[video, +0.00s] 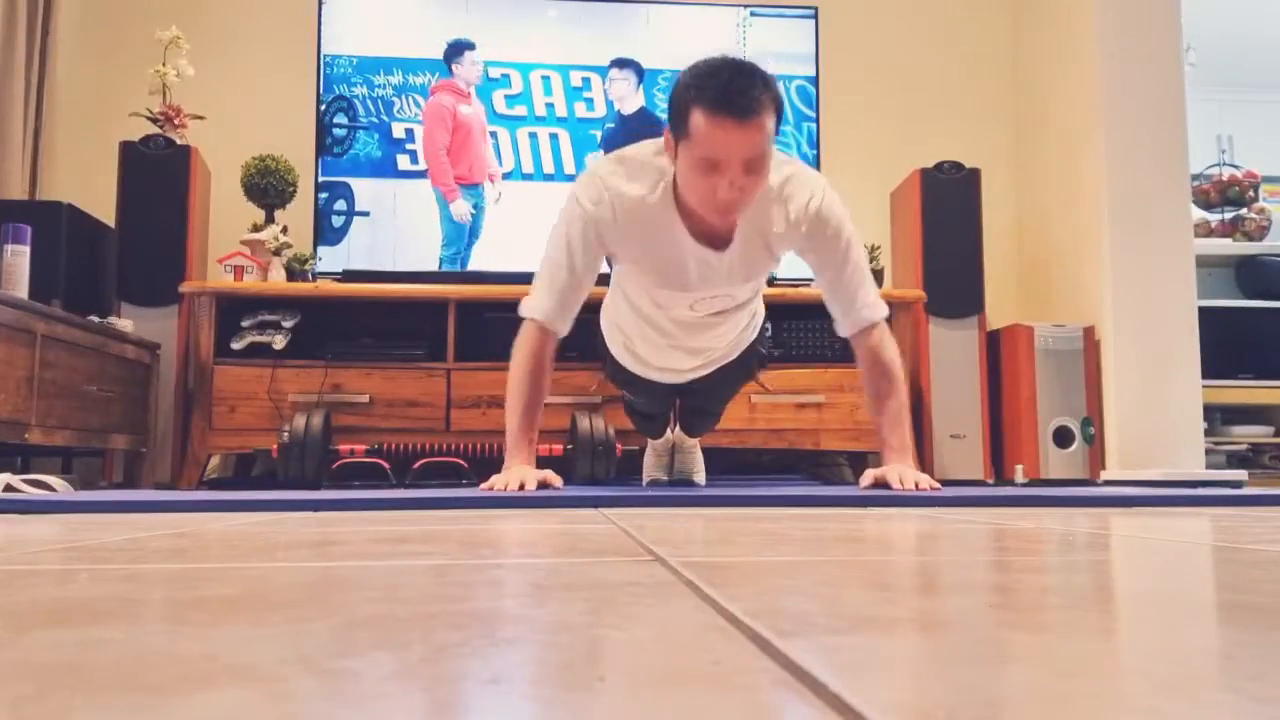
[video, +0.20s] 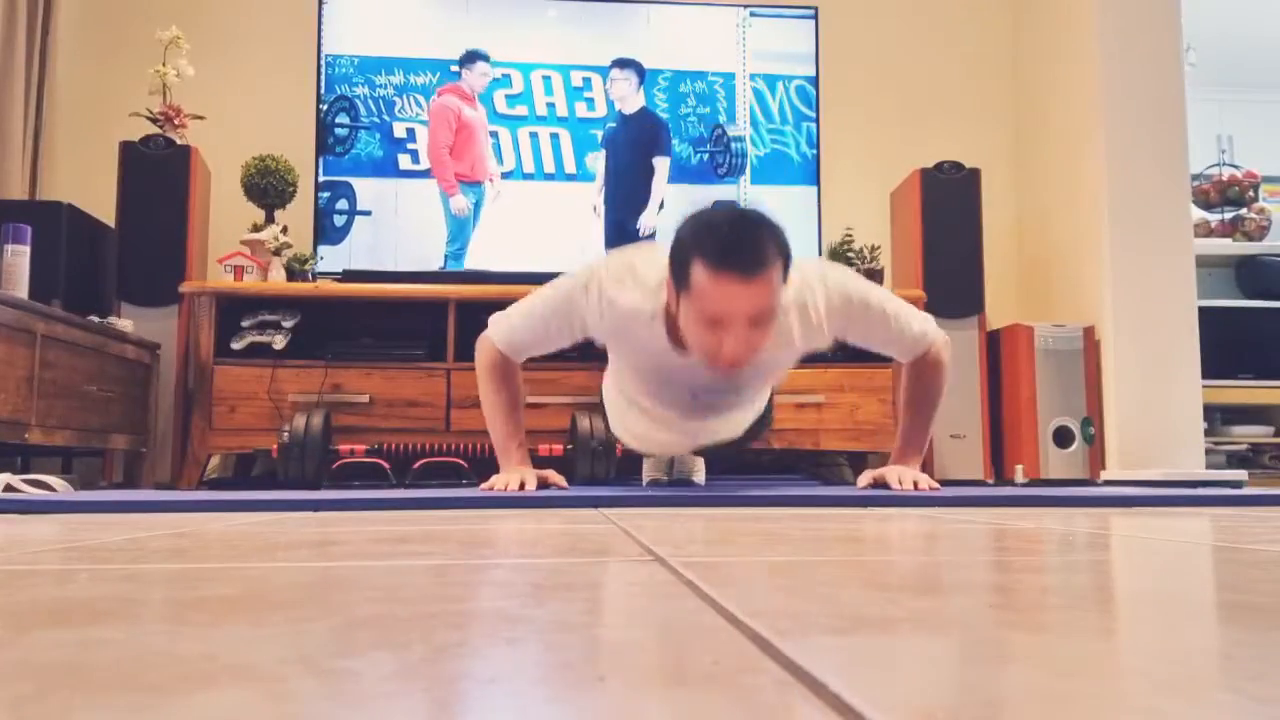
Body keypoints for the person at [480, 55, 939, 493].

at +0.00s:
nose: (730, 187)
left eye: (750, 167)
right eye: (710, 167)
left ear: (771, 150)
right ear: (671, 146)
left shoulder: (802, 199)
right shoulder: (607, 191)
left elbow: (871, 334)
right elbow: (539, 327)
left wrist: (898, 457)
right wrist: (518, 460)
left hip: (733, 342)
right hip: (637, 342)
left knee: (703, 413)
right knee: (651, 413)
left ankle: (685, 442)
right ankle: (657, 446)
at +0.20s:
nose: (734, 345)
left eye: (754, 323)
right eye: (714, 323)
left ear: (781, 296)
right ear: (674, 296)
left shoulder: (817, 293)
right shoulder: (612, 289)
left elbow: (928, 348)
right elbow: (496, 346)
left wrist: (906, 461)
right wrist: (513, 463)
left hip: (740, 428)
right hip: (634, 430)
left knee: (737, 562)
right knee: (625, 561)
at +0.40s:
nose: (743, 450)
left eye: (768, 431)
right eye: (722, 431)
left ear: (795, 392)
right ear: (679, 396)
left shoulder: (819, 365)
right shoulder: (627, 369)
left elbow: (926, 348)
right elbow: (503, 343)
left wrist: (905, 461)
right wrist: (514, 462)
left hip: (753, 486)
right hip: (641, 484)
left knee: (748, 599)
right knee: (644, 596)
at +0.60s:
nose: (745, 321)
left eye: (764, 299)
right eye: (725, 299)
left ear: (787, 282)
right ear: (684, 278)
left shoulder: (819, 289)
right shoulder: (619, 285)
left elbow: (915, 350)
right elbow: (504, 347)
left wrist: (901, 461)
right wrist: (516, 464)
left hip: (744, 432)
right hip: (641, 434)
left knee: (744, 557)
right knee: (636, 557)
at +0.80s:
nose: (747, 134)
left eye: (766, 109)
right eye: (726, 110)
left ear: (785, 97)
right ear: (686, 94)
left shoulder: (814, 165)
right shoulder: (624, 161)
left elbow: (890, 295)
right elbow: (532, 292)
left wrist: (948, 425)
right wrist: (479, 419)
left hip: (743, 355)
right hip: (645, 350)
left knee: (701, 415)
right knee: (649, 417)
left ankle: (680, 442)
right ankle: (653, 447)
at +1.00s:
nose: (753, 264)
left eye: (776, 241)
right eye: (734, 238)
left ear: (801, 223)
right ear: (697, 213)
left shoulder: (841, 260)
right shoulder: (624, 255)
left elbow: (947, 335)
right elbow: (487, 335)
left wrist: (972, 458)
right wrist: (454, 458)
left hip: (754, 423)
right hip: (640, 418)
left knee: (755, 558)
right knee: (635, 558)